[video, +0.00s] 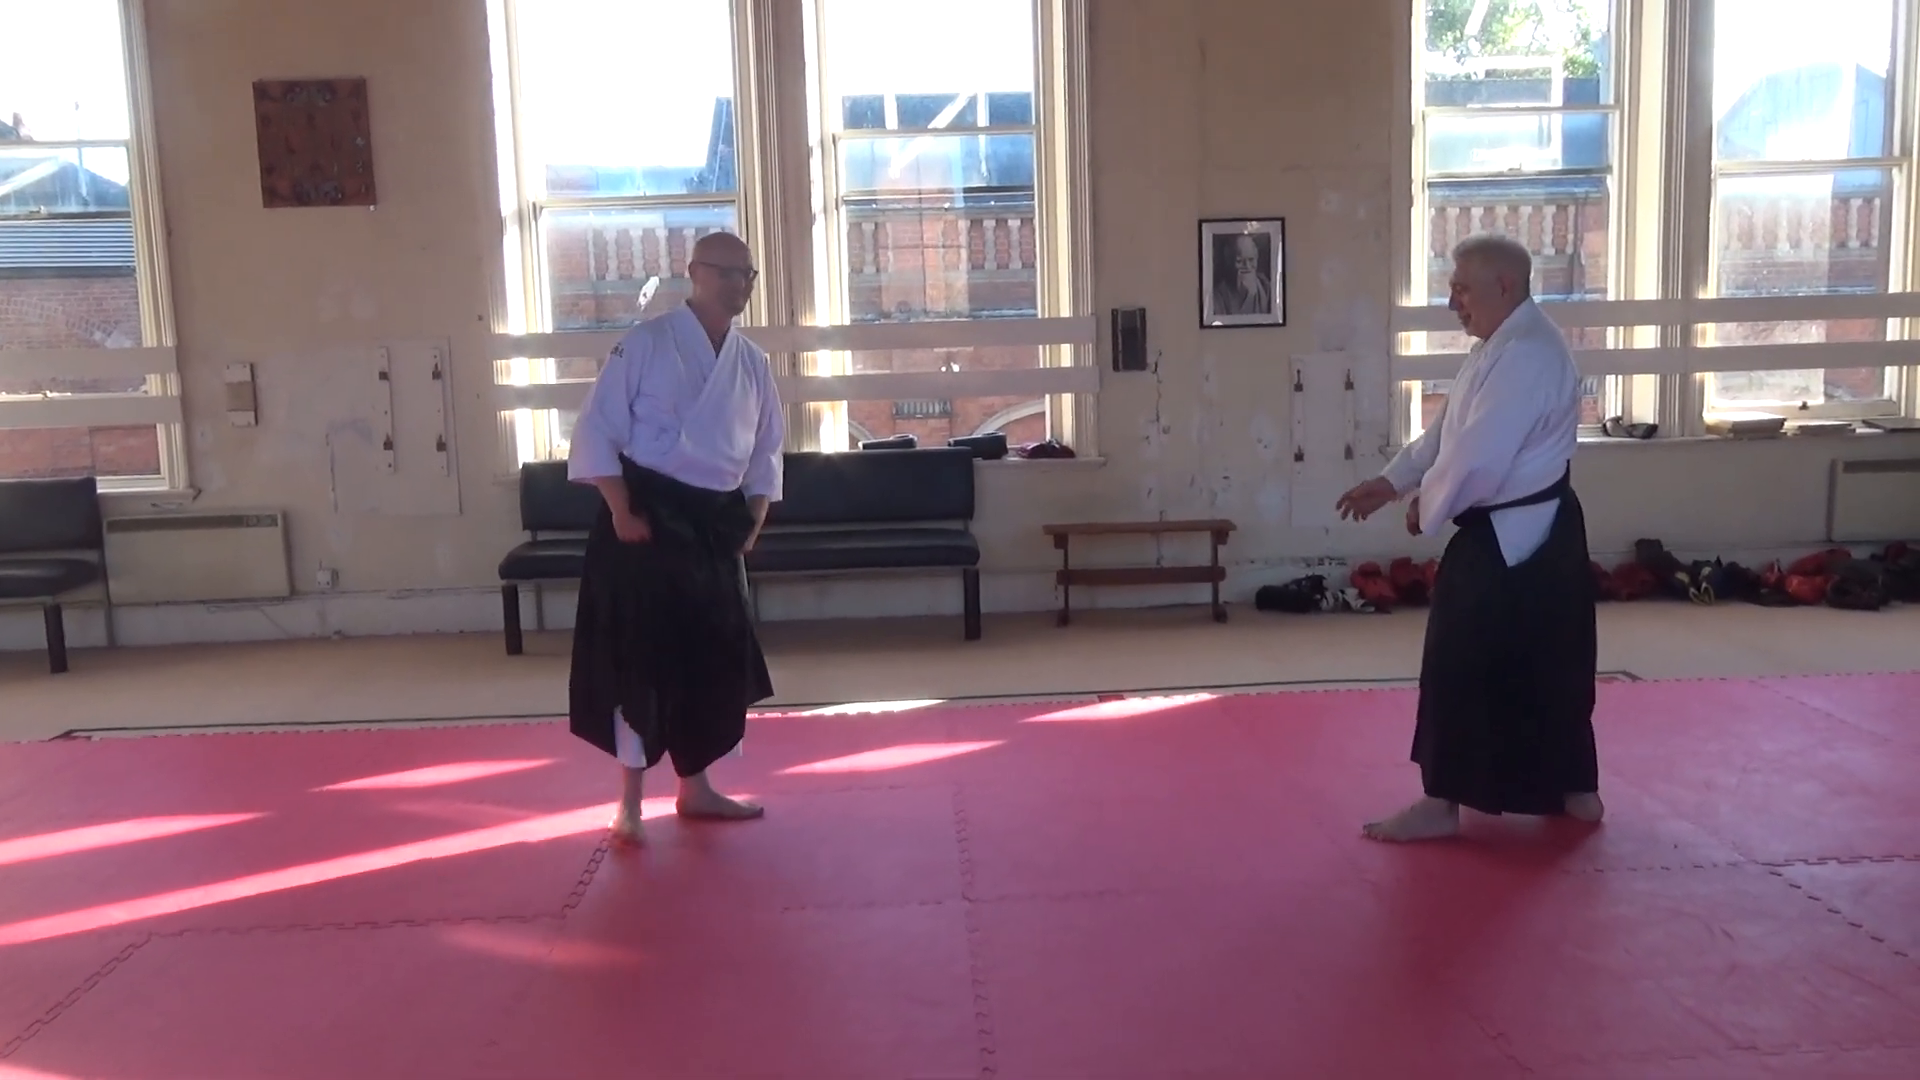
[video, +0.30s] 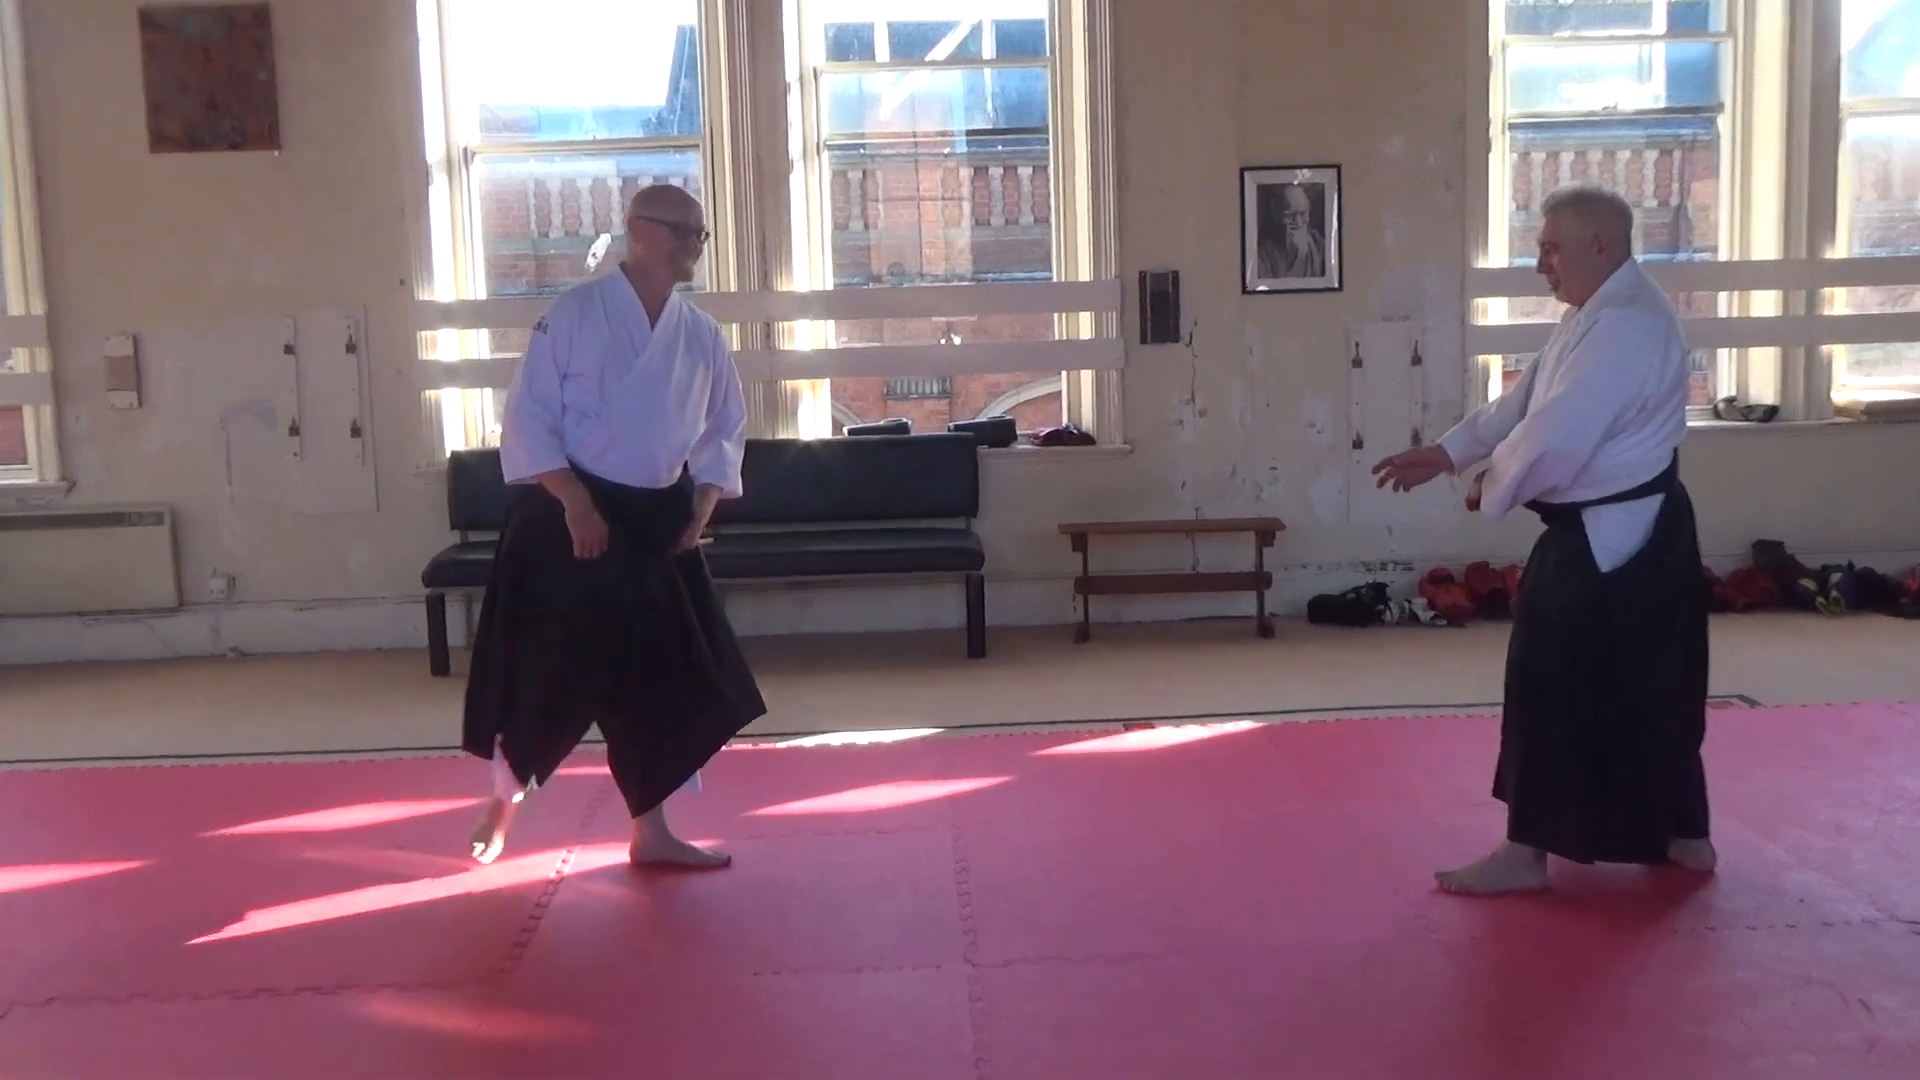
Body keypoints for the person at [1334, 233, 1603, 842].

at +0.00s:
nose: (1452, 298)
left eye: (1462, 287)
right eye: (1453, 287)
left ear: (1504, 286)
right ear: (1502, 287)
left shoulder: (1524, 354)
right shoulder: (1499, 347)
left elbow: (1476, 458)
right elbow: (1446, 431)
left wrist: (1427, 508)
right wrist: (1389, 480)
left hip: (1506, 532)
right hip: (1535, 524)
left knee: (1453, 665)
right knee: (1552, 660)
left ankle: (1439, 803)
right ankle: (1577, 791)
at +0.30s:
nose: (1542, 263)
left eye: (1553, 248)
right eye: (1541, 248)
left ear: (1602, 247)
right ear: (1602, 249)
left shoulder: (1623, 323)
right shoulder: (1599, 312)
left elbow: (1554, 440)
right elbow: (1527, 396)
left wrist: (1492, 485)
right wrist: (1447, 452)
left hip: (1603, 530)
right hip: (1636, 521)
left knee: (1542, 681)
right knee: (1657, 682)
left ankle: (1525, 850)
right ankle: (1686, 836)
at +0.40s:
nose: (1601, 236)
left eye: (1613, 220)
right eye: (1600, 220)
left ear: (1665, 219)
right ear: (1665, 221)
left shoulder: (1689, 304)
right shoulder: (1663, 291)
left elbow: (1608, 429)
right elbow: (1581, 379)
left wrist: (1542, 473)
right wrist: (1490, 437)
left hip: (1665, 530)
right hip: (1700, 521)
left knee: (1599, 697)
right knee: (1724, 698)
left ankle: (1581, 877)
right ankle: (1755, 862)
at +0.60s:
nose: (1654, 215)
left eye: (1668, 199)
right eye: (1653, 198)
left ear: (1723, 199)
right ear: (1719, 201)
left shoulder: (1744, 289)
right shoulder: (1713, 275)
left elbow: (1657, 420)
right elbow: (1629, 371)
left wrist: (1593, 466)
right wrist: (1535, 430)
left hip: (1714, 527)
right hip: (1753, 518)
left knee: (1643, 707)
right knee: (1776, 706)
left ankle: (1618, 896)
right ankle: (1807, 881)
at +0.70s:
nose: (1663, 214)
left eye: (1676, 197)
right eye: (1662, 197)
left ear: (1732, 197)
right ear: (1726, 200)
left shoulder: (1753, 287)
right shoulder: (1720, 274)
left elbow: (1666, 418)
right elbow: (1637, 371)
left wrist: (1602, 465)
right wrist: (1543, 432)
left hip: (1722, 526)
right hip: (1758, 518)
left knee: (1648, 706)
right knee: (1780, 705)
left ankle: (1625, 896)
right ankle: (1813, 880)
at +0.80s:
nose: (1668, 213)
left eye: (1682, 197)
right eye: (1668, 196)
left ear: (1739, 196)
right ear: (1736, 199)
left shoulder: (1755, 285)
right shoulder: (1731, 273)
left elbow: (1667, 417)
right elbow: (1644, 369)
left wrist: (1608, 465)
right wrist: (1551, 433)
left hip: (1724, 523)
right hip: (1770, 515)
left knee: (1647, 703)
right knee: (1790, 704)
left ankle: (1632, 893)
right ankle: (1821, 880)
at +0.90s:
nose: (1664, 213)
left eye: (1678, 196)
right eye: (1665, 196)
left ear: (1734, 197)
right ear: (1736, 199)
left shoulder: (1748, 287)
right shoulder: (1736, 272)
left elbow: (1661, 419)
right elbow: (1643, 368)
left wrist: (1603, 468)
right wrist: (1551, 433)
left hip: (1718, 522)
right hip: (1772, 513)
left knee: (1641, 700)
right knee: (1793, 702)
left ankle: (1630, 888)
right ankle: (1825, 877)